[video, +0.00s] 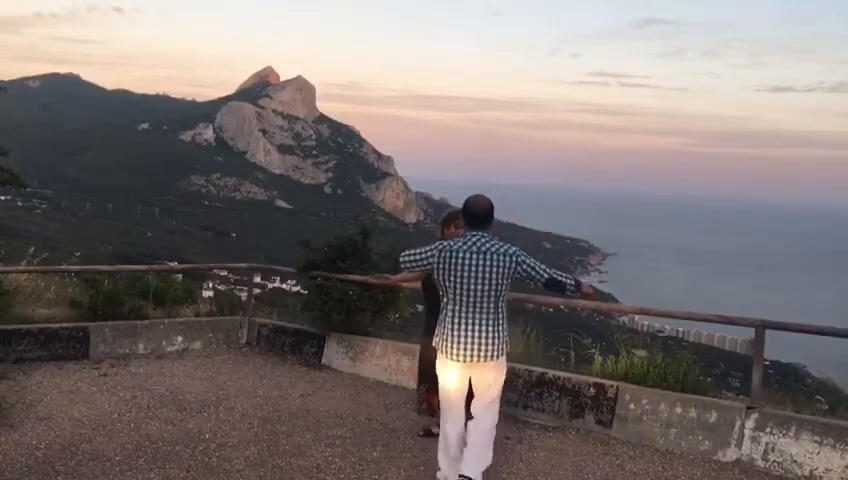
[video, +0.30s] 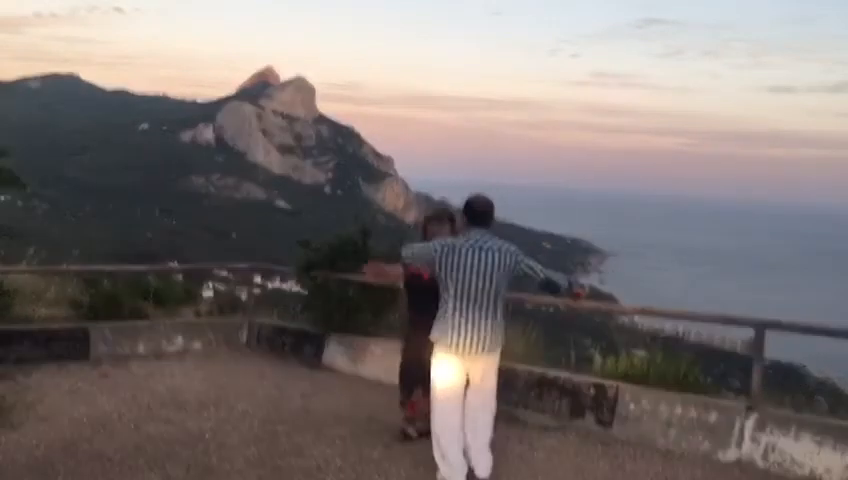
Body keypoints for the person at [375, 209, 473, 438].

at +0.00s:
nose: (459, 233)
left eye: (462, 228)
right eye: (455, 228)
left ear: (464, 229)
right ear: (444, 230)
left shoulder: (468, 256)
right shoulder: (438, 253)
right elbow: (422, 275)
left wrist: (397, 278)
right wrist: (396, 278)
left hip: (457, 325)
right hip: (435, 326)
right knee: (432, 371)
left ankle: (443, 418)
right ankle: (434, 418)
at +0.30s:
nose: (439, 233)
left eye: (444, 228)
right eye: (434, 227)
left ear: (453, 231)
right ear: (425, 231)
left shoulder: (458, 260)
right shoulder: (415, 260)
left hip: (447, 325)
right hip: (419, 325)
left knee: (440, 371)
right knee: (412, 366)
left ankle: (431, 417)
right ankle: (411, 415)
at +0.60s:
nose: (420, 229)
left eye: (425, 224)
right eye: (415, 225)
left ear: (434, 228)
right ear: (408, 229)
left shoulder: (442, 255)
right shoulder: (396, 255)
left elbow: (451, 291)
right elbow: (383, 274)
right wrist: (373, 271)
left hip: (431, 322)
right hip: (400, 321)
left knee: (423, 368)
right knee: (396, 366)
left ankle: (416, 418)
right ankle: (402, 416)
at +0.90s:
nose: (401, 227)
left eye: (406, 223)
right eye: (396, 223)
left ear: (415, 227)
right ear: (388, 227)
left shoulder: (425, 255)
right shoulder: (377, 253)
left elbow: (439, 281)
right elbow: (356, 265)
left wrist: (429, 304)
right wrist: (331, 272)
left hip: (411, 325)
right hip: (380, 323)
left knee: (405, 373)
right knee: (373, 371)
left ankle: (406, 424)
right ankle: (368, 420)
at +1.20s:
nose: (381, 229)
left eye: (386, 224)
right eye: (376, 224)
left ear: (396, 228)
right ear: (368, 228)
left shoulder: (404, 254)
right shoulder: (358, 253)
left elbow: (414, 279)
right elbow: (336, 267)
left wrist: (398, 291)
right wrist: (308, 276)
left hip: (388, 321)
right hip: (360, 318)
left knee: (381, 366)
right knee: (358, 366)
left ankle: (379, 416)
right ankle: (362, 418)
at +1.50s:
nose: (360, 226)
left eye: (366, 222)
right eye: (357, 222)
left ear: (378, 227)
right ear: (352, 225)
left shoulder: (385, 253)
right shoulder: (345, 252)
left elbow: (384, 274)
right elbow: (325, 270)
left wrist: (371, 284)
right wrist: (297, 282)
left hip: (375, 324)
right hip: (347, 320)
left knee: (368, 370)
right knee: (348, 367)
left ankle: (360, 423)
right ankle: (364, 416)